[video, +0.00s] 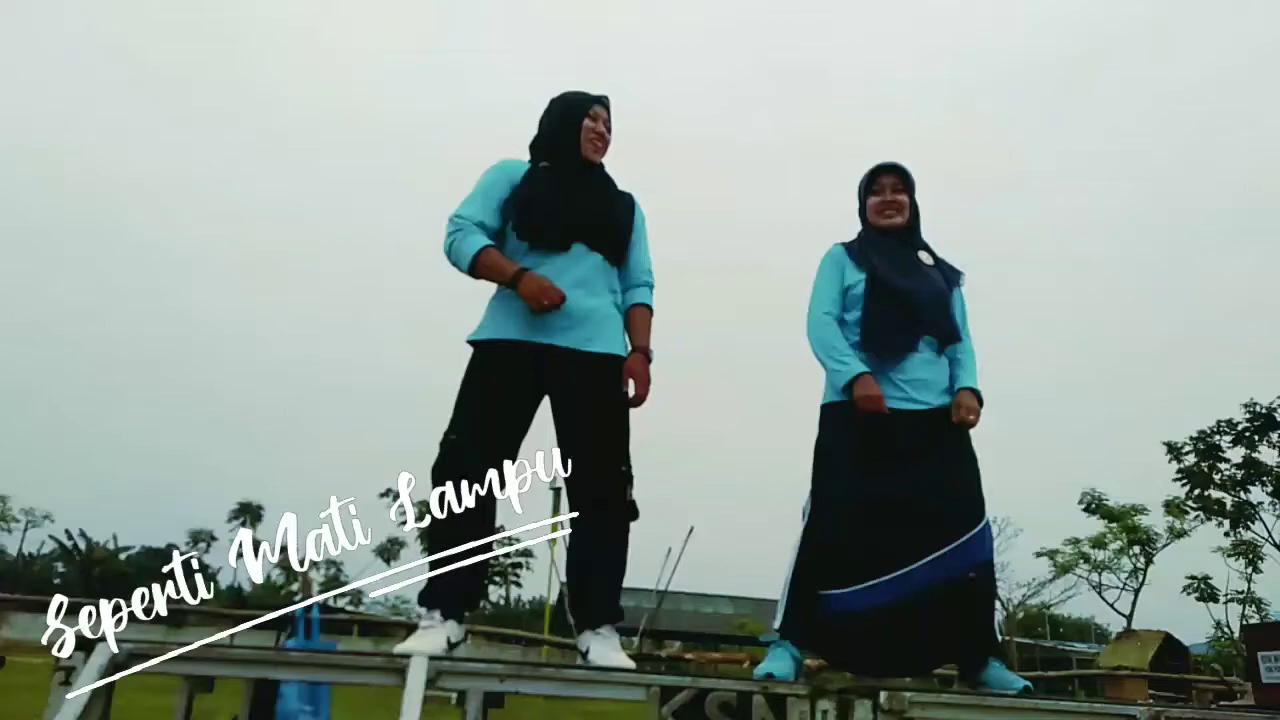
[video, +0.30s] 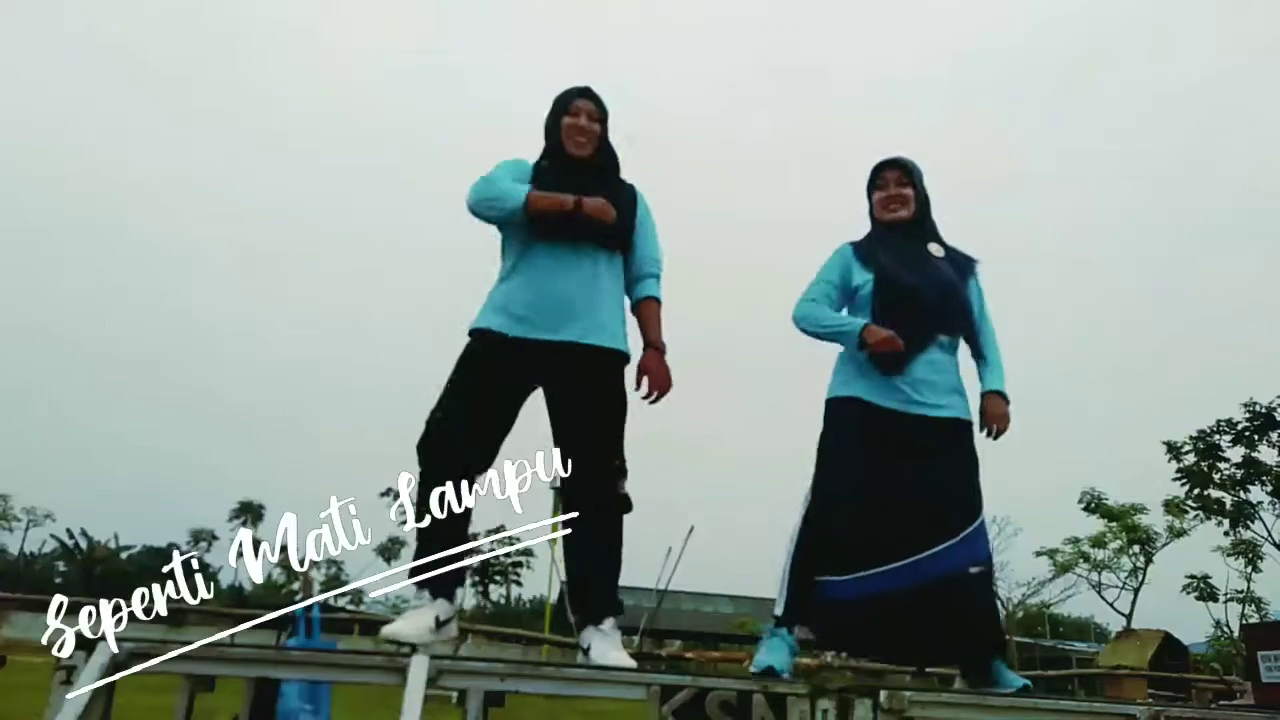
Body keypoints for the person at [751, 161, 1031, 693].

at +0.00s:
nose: (889, 198)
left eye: (899, 191)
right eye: (879, 192)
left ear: (913, 202)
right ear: (863, 204)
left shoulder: (944, 272)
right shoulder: (844, 257)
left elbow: (960, 338)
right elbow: (820, 322)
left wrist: (966, 387)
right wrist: (854, 374)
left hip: (935, 416)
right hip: (860, 413)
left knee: (965, 530)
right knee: (831, 526)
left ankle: (979, 658)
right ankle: (789, 645)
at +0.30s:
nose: (892, 193)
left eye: (903, 185)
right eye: (882, 187)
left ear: (921, 195)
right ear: (870, 200)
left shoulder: (957, 266)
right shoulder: (852, 256)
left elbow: (982, 334)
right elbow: (807, 312)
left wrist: (994, 389)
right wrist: (862, 330)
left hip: (941, 410)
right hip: (863, 404)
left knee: (961, 528)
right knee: (829, 515)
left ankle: (981, 659)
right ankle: (783, 633)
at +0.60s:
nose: (862, 191)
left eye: (872, 184)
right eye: (852, 185)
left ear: (889, 197)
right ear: (838, 198)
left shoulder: (915, 269)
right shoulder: (815, 249)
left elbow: (940, 331)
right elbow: (747, 264)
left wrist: (963, 380)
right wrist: (817, 254)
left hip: (896, 406)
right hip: (819, 397)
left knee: (926, 524)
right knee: (804, 519)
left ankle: (953, 654)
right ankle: (781, 645)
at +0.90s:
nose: (852, 200)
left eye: (863, 192)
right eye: (842, 193)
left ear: (881, 201)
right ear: (830, 206)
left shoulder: (915, 269)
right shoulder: (813, 266)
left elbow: (932, 337)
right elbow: (742, 274)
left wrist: (931, 389)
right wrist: (808, 261)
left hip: (890, 407)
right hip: (815, 397)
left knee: (907, 528)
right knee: (789, 517)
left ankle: (912, 651)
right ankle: (763, 643)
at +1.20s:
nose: (817, 193)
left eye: (826, 187)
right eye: (807, 186)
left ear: (840, 199)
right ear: (791, 197)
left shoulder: (869, 265)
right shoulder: (760, 256)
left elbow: (920, 319)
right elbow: (683, 272)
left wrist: (963, 376)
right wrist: (700, 274)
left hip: (854, 412)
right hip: (776, 409)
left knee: (884, 529)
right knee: (757, 524)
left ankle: (913, 652)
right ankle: (725, 643)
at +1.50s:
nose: (798, 195)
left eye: (807, 190)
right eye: (789, 185)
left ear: (813, 202)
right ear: (765, 188)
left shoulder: (816, 262)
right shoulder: (731, 248)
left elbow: (870, 282)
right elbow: (668, 291)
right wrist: (707, 312)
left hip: (811, 396)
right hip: (741, 389)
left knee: (843, 521)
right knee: (731, 512)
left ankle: (815, 640)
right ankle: (720, 644)